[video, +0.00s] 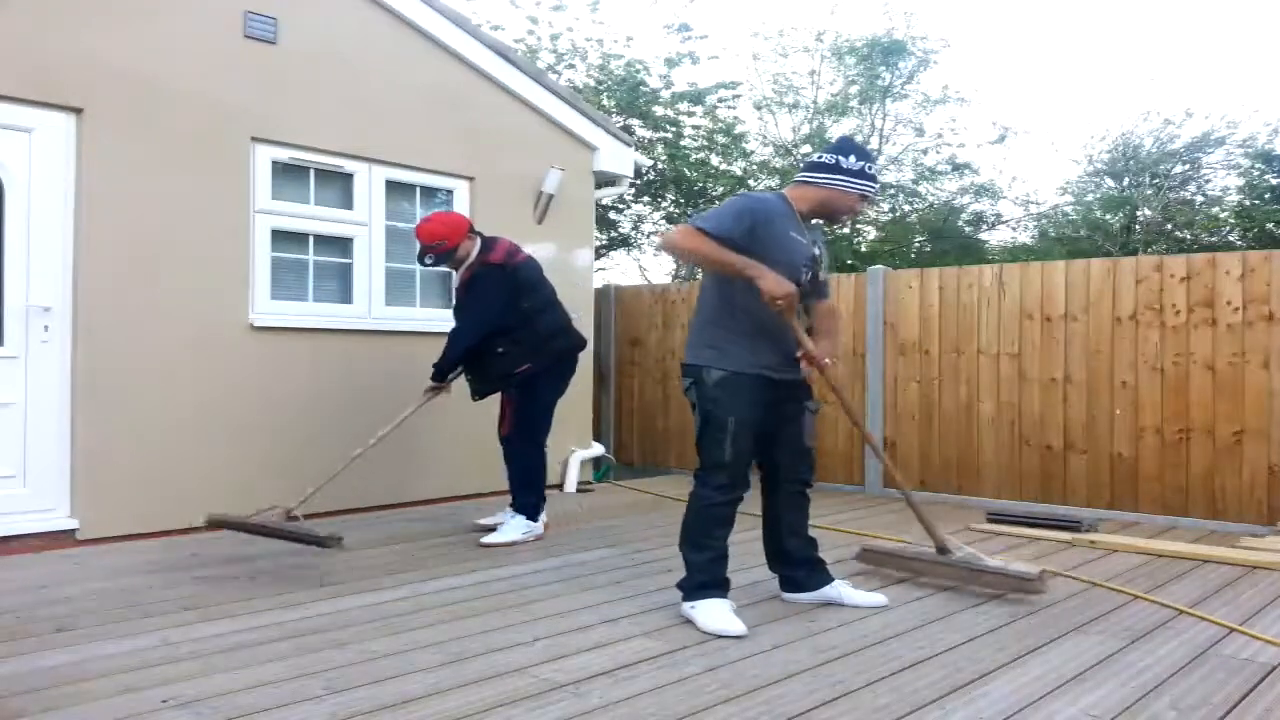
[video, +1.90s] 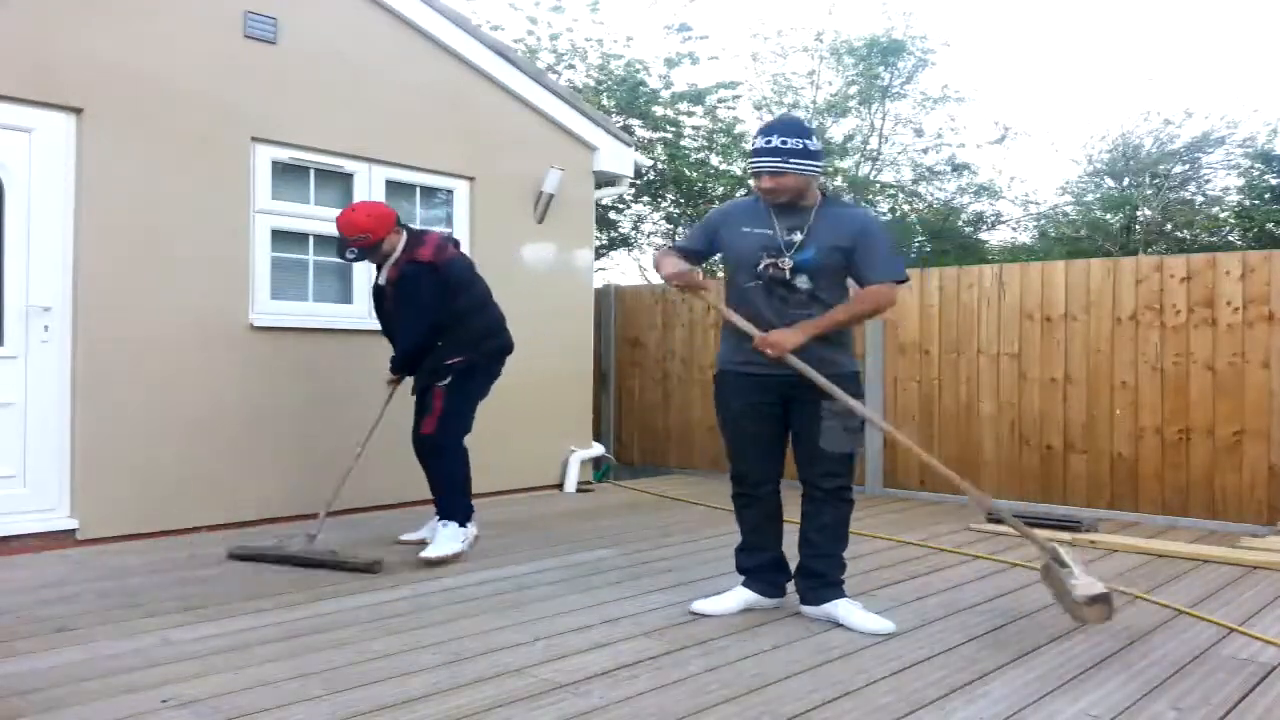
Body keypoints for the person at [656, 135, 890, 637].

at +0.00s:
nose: (859, 210)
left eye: (863, 202)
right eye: (859, 199)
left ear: (831, 185)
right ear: (834, 185)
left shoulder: (812, 242)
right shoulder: (755, 208)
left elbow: (820, 302)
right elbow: (679, 238)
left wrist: (824, 343)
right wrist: (758, 272)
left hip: (782, 373)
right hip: (725, 368)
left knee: (789, 479)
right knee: (721, 481)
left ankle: (802, 580)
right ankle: (704, 593)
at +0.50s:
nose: (882, 216)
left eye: (886, 208)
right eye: (882, 205)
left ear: (853, 188)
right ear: (857, 188)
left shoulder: (833, 244)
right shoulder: (770, 213)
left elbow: (839, 315)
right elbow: (721, 276)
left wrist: (852, 377)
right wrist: (797, 320)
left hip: (780, 373)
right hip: (717, 365)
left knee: (802, 481)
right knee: (710, 481)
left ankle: (818, 593)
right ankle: (702, 592)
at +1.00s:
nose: (917, 204)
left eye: (923, 195)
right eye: (915, 191)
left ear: (900, 184)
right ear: (887, 175)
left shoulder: (892, 241)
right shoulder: (794, 206)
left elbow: (890, 310)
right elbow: (708, 232)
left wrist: (872, 340)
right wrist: (774, 256)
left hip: (833, 381)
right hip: (759, 369)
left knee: (820, 490)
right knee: (737, 482)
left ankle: (820, 594)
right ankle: (714, 592)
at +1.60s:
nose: (874, 198)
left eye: (882, 188)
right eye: (865, 186)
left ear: (887, 183)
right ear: (835, 173)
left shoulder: (888, 236)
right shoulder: (768, 213)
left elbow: (912, 309)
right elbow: (702, 270)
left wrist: (887, 377)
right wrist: (759, 315)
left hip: (838, 386)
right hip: (758, 378)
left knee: (831, 489)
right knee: (755, 484)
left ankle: (822, 593)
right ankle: (762, 583)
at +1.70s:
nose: (822, 190)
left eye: (836, 180)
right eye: (812, 177)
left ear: (856, 179)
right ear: (796, 169)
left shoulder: (877, 229)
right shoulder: (752, 215)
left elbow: (913, 298)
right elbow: (692, 270)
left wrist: (877, 363)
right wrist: (739, 298)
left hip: (836, 381)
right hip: (756, 378)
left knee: (830, 489)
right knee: (756, 484)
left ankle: (822, 593)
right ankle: (762, 584)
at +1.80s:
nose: (794, 185)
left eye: (807, 177)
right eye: (787, 174)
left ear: (835, 175)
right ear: (777, 167)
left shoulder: (869, 226)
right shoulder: (742, 216)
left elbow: (908, 292)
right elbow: (681, 266)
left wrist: (858, 349)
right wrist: (716, 286)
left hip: (830, 380)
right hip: (753, 377)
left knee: (828, 488)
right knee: (755, 484)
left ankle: (822, 593)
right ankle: (762, 584)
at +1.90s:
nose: (766, 183)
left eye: (778, 173)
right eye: (759, 172)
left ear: (809, 170)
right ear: (751, 169)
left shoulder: (852, 222)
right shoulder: (731, 216)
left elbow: (884, 292)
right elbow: (668, 255)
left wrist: (803, 330)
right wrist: (680, 270)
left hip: (826, 377)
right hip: (746, 373)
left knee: (829, 485)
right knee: (752, 482)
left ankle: (823, 593)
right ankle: (762, 584)